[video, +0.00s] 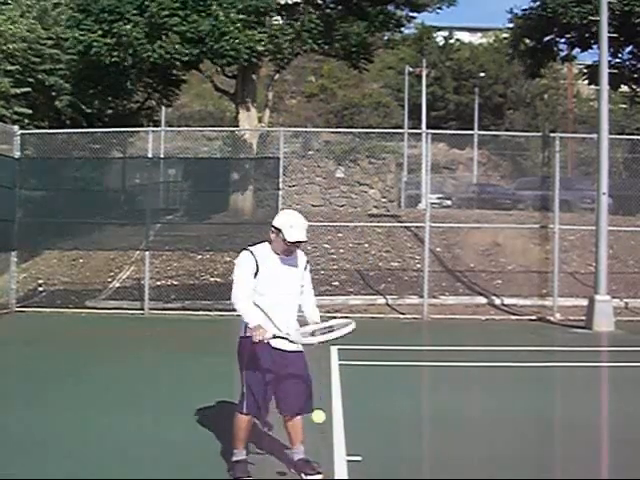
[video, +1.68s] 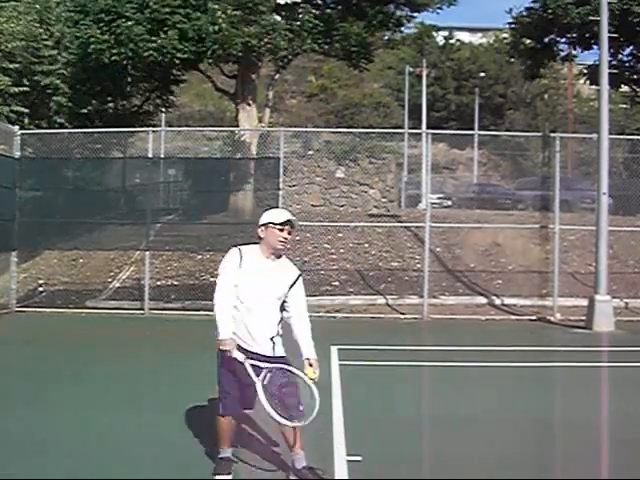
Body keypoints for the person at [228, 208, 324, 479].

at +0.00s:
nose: (293, 247)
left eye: (297, 243)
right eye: (288, 242)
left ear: (300, 240)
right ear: (273, 233)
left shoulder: (300, 260)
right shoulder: (250, 258)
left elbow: (307, 298)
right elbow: (240, 298)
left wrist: (317, 324)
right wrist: (255, 323)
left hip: (290, 342)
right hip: (258, 340)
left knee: (294, 401)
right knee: (250, 402)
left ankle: (299, 458)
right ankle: (239, 458)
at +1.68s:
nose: (286, 236)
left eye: (289, 231)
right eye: (280, 229)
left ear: (292, 236)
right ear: (262, 231)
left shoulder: (291, 274)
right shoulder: (238, 257)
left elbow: (299, 316)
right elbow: (223, 296)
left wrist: (309, 354)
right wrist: (225, 334)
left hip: (272, 349)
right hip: (236, 345)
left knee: (290, 403)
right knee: (229, 404)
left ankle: (299, 463)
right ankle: (224, 459)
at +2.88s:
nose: (483, 249)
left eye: (482, 244)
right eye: (480, 244)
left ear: (457, 247)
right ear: (470, 247)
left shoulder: (434, 268)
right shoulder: (480, 270)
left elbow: (416, 310)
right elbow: (485, 315)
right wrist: (477, 350)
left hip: (425, 342)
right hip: (440, 347)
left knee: (456, 411)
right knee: (420, 411)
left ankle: (441, 467)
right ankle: (350, 422)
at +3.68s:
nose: (565, 233)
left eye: (563, 228)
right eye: (563, 229)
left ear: (538, 232)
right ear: (558, 232)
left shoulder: (528, 260)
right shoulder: (561, 257)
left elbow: (549, 301)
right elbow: (579, 294)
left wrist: (576, 326)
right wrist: (598, 321)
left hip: (527, 338)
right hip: (549, 339)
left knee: (550, 394)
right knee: (563, 400)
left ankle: (523, 437)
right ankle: (560, 468)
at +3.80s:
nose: (565, 232)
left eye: (564, 227)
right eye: (563, 228)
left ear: (540, 231)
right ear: (556, 232)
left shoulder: (534, 256)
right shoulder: (551, 258)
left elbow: (543, 303)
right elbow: (561, 299)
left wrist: (570, 333)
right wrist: (582, 332)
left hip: (529, 337)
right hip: (543, 339)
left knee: (550, 392)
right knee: (561, 396)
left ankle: (527, 442)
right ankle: (561, 465)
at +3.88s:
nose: (567, 234)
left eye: (566, 229)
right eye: (564, 229)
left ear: (547, 233)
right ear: (553, 233)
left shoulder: (543, 258)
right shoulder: (541, 259)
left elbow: (548, 304)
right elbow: (541, 301)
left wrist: (559, 342)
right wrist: (560, 335)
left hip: (537, 339)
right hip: (535, 339)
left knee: (542, 397)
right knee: (550, 402)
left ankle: (520, 446)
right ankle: (560, 464)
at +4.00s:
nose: (562, 233)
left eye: (562, 228)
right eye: (556, 228)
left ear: (550, 232)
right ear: (539, 231)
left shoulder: (552, 261)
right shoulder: (523, 258)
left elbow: (549, 302)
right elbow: (512, 299)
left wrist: (551, 335)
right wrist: (526, 336)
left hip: (544, 336)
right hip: (522, 335)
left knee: (533, 396)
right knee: (533, 397)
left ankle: (518, 448)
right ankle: (541, 459)